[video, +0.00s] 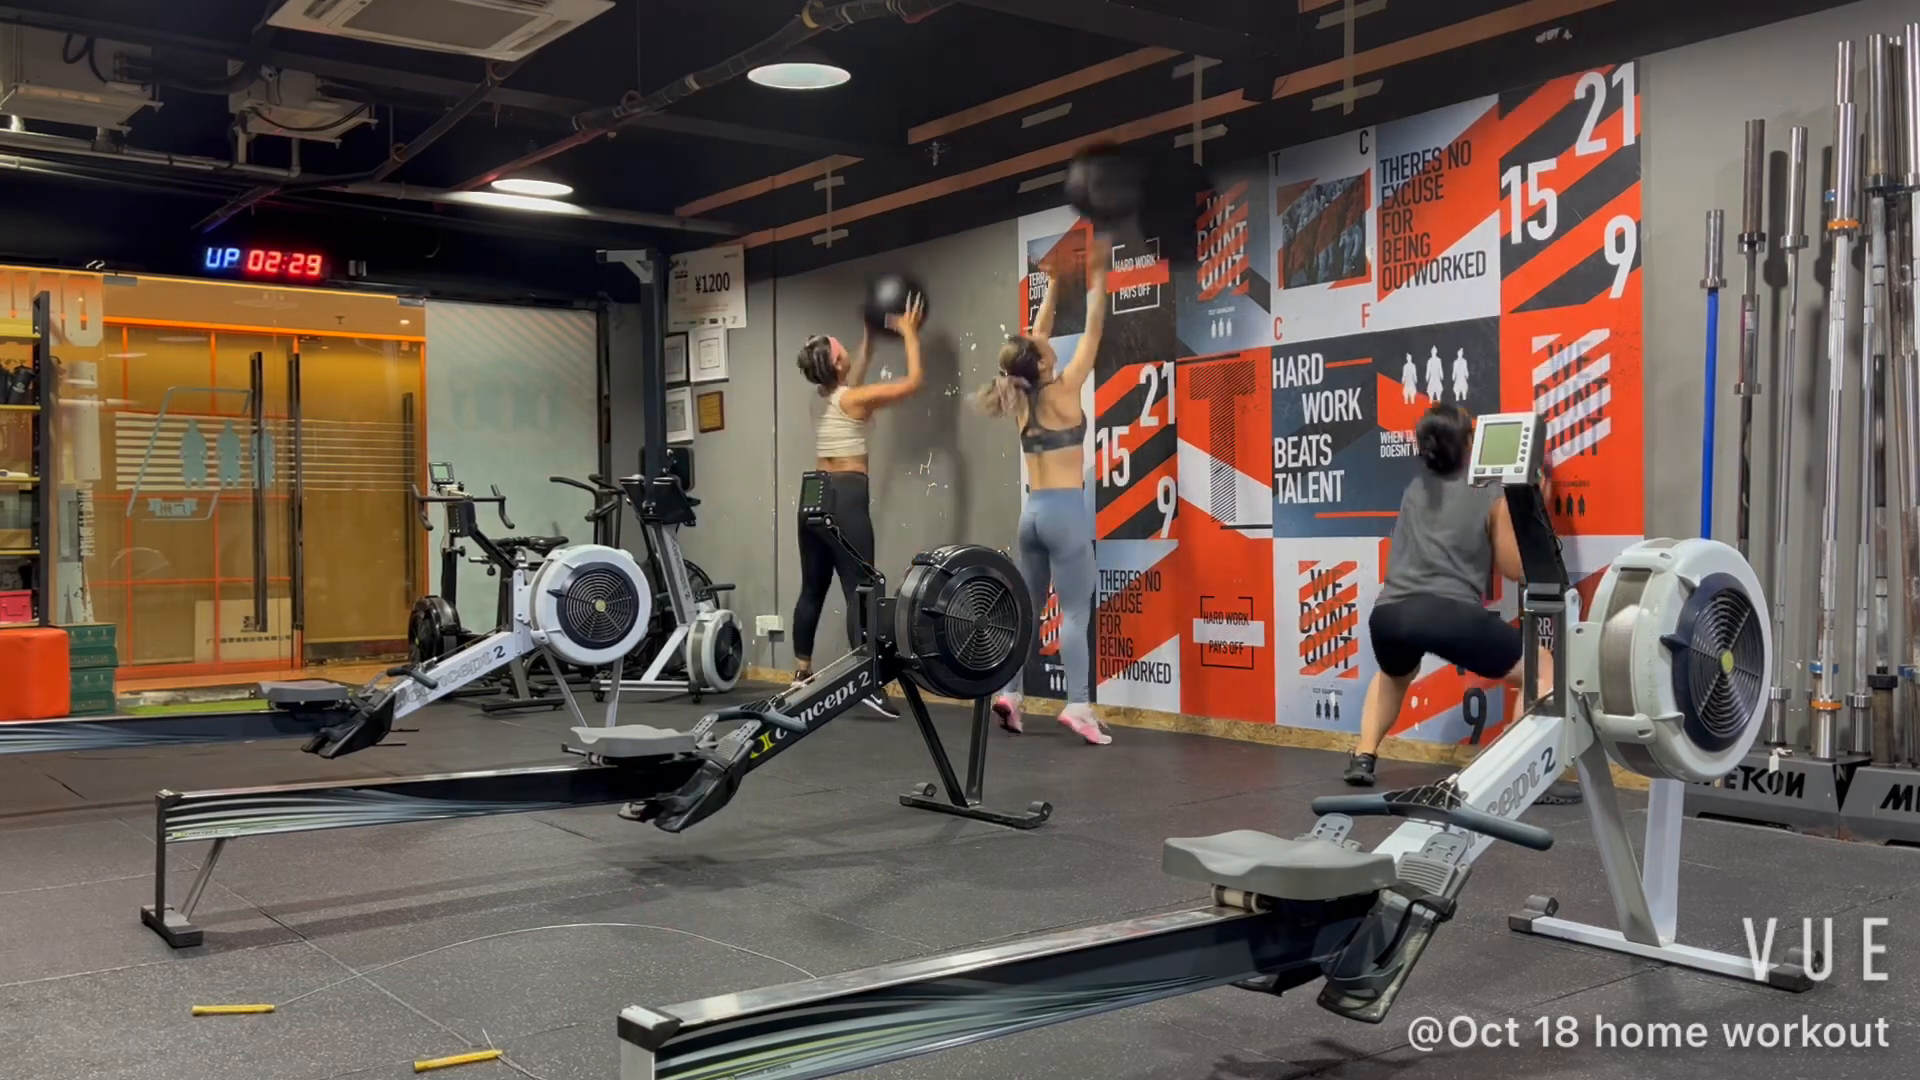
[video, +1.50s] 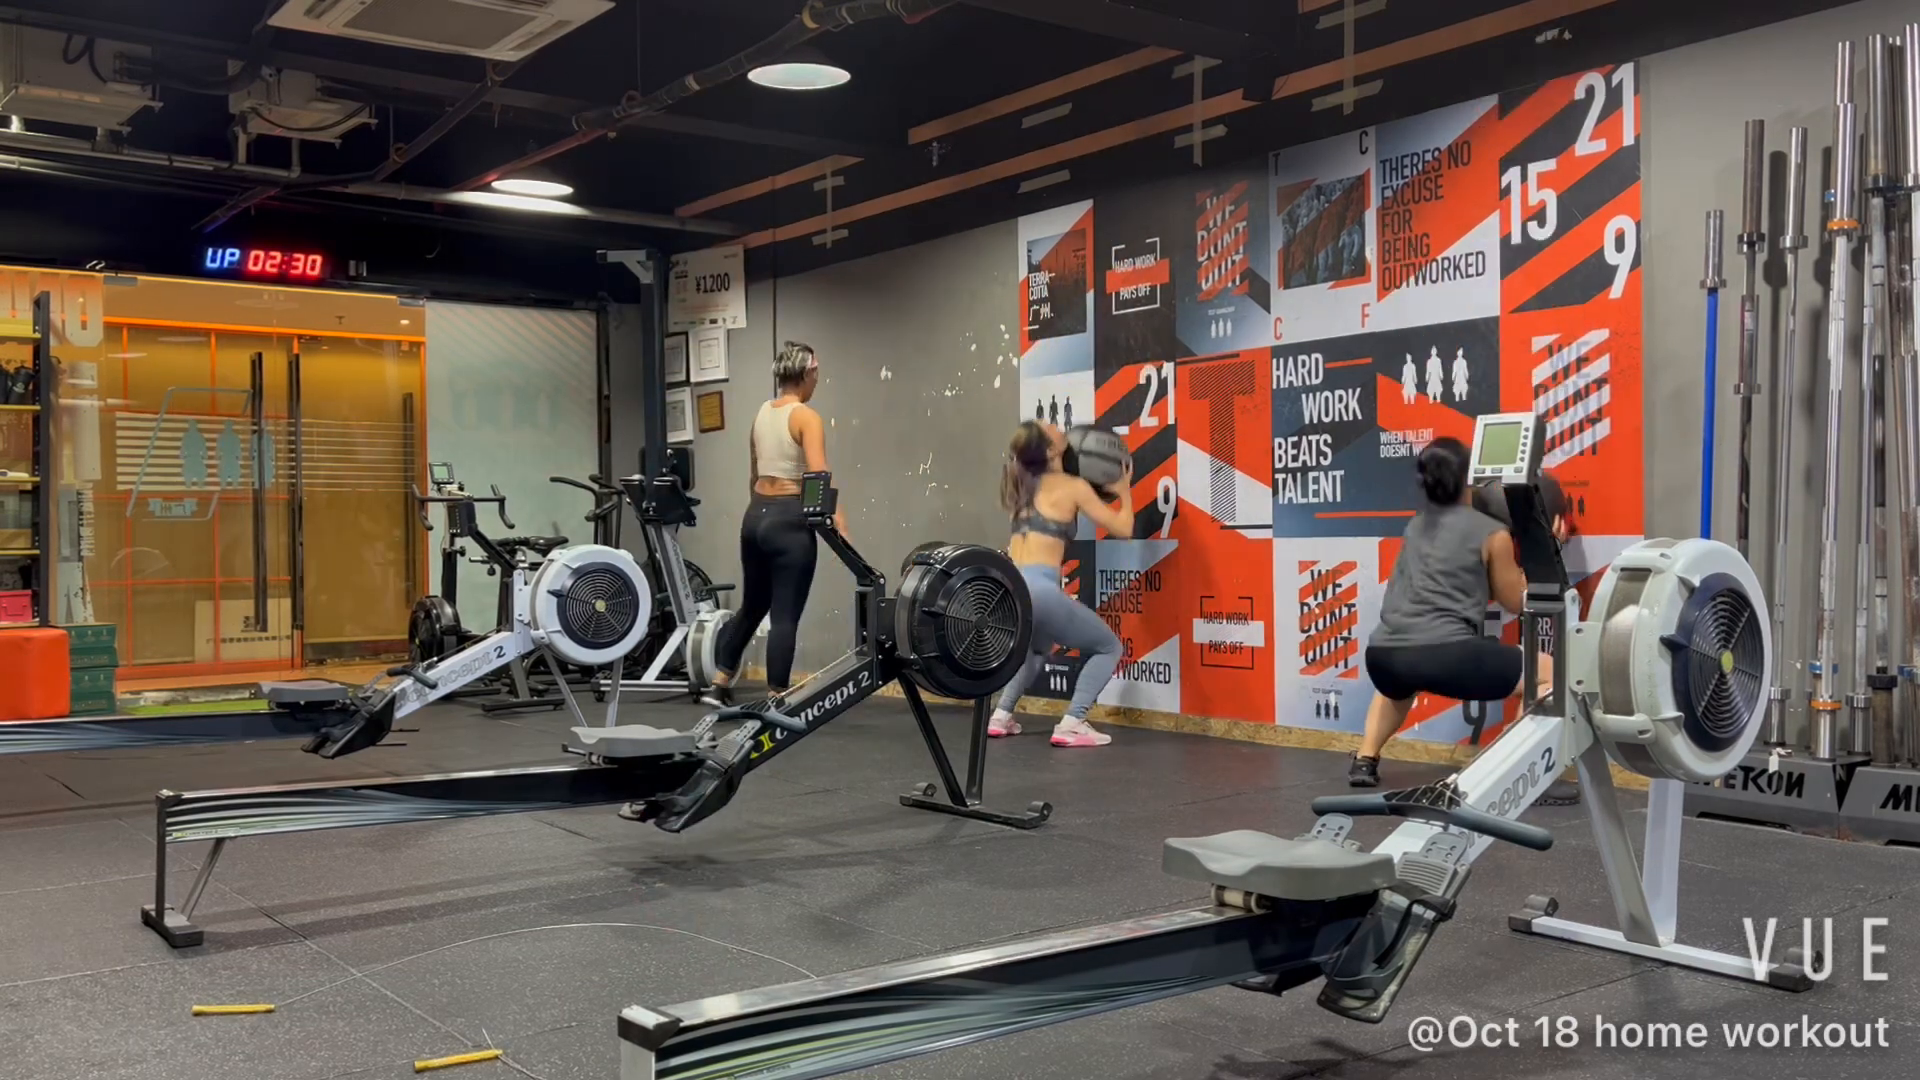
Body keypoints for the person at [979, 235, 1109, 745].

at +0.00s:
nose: (1050, 346)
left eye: (1044, 344)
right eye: (1045, 345)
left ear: (1022, 367)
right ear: (1042, 362)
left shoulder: (1020, 395)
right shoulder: (1067, 387)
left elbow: (1037, 336)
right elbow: (1095, 328)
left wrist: (1051, 289)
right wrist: (1099, 273)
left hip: (1032, 509)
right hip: (1067, 509)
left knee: (1025, 607)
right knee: (1075, 611)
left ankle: (1007, 691)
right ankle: (1078, 704)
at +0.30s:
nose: (1043, 368)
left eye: (1040, 364)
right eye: (1040, 368)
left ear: (1013, 386)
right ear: (1038, 380)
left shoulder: (1012, 418)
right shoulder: (1057, 412)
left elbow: (1025, 379)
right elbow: (1109, 381)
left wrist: (1040, 341)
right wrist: (1123, 325)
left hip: (1033, 525)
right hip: (1067, 523)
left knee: (1022, 624)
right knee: (1068, 629)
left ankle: (1000, 714)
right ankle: (1068, 722)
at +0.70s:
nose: (1046, 365)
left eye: (1039, 362)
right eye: (1040, 366)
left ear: (1016, 389)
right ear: (1039, 381)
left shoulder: (1016, 423)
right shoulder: (1058, 417)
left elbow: (1061, 424)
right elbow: (1125, 413)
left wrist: (1084, 391)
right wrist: (1138, 366)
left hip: (1018, 533)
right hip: (1049, 534)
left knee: (1017, 624)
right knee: (1082, 625)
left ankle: (999, 714)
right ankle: (1070, 722)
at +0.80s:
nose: (1053, 391)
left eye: (1048, 386)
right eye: (1047, 389)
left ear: (1021, 410)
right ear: (1040, 405)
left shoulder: (1017, 442)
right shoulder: (1062, 442)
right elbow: (1124, 466)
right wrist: (1130, 423)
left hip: (1012, 550)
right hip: (1043, 554)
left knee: (1018, 632)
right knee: (1097, 635)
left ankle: (999, 714)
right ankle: (1070, 723)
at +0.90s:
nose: (1059, 423)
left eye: (1055, 419)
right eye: (1053, 422)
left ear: (1025, 441)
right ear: (1047, 438)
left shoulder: (1018, 474)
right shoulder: (1069, 476)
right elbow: (1120, 517)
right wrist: (1125, 480)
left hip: (1006, 582)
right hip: (1041, 586)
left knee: (1023, 643)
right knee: (1112, 644)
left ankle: (999, 713)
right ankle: (1073, 723)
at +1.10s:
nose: (1058, 480)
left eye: (1051, 479)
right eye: (1053, 483)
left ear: (1023, 507)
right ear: (1050, 504)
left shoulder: (1017, 537)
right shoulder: (1070, 541)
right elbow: (1117, 588)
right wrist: (1122, 552)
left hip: (1002, 644)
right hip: (1039, 651)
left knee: (1029, 634)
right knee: (1120, 655)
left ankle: (1000, 714)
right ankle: (1073, 723)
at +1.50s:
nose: (1057, 425)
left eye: (1050, 423)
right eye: (1051, 428)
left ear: (1030, 456)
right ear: (1050, 451)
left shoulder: (1025, 484)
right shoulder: (1073, 485)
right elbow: (1124, 527)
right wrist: (1125, 492)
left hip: (1007, 583)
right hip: (1040, 588)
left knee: (1038, 647)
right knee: (1109, 647)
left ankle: (1001, 715)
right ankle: (1072, 723)